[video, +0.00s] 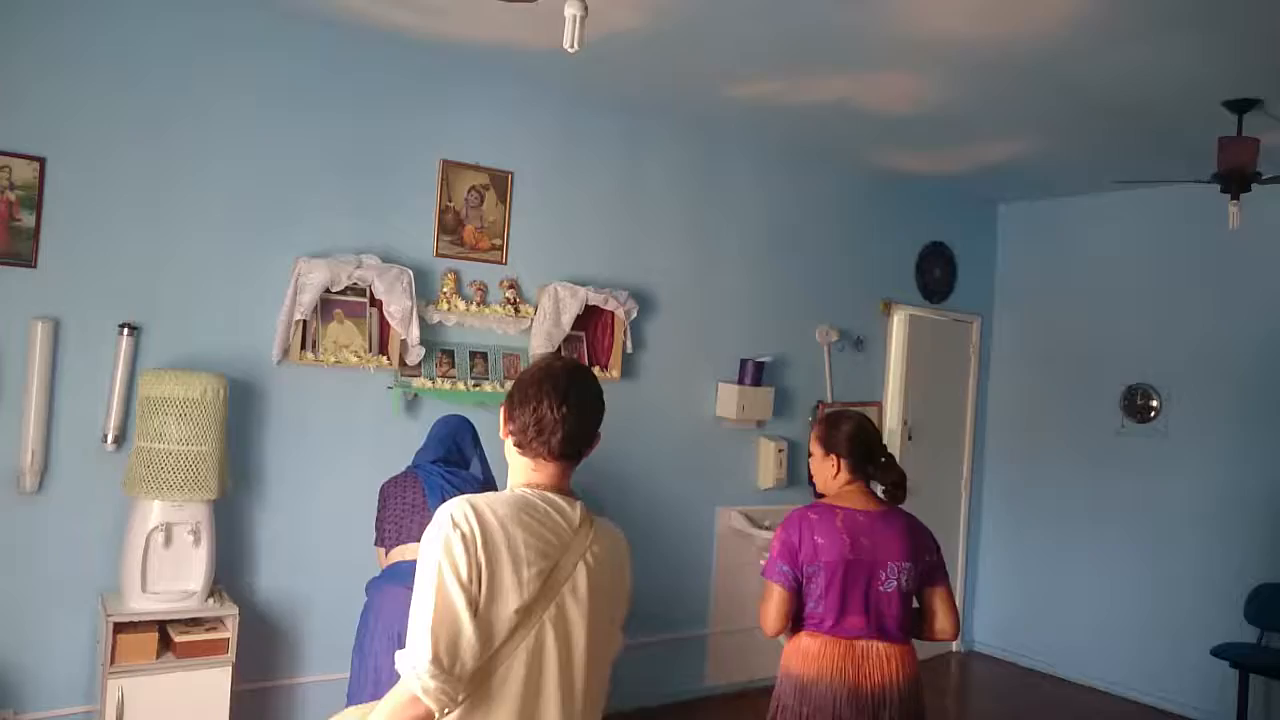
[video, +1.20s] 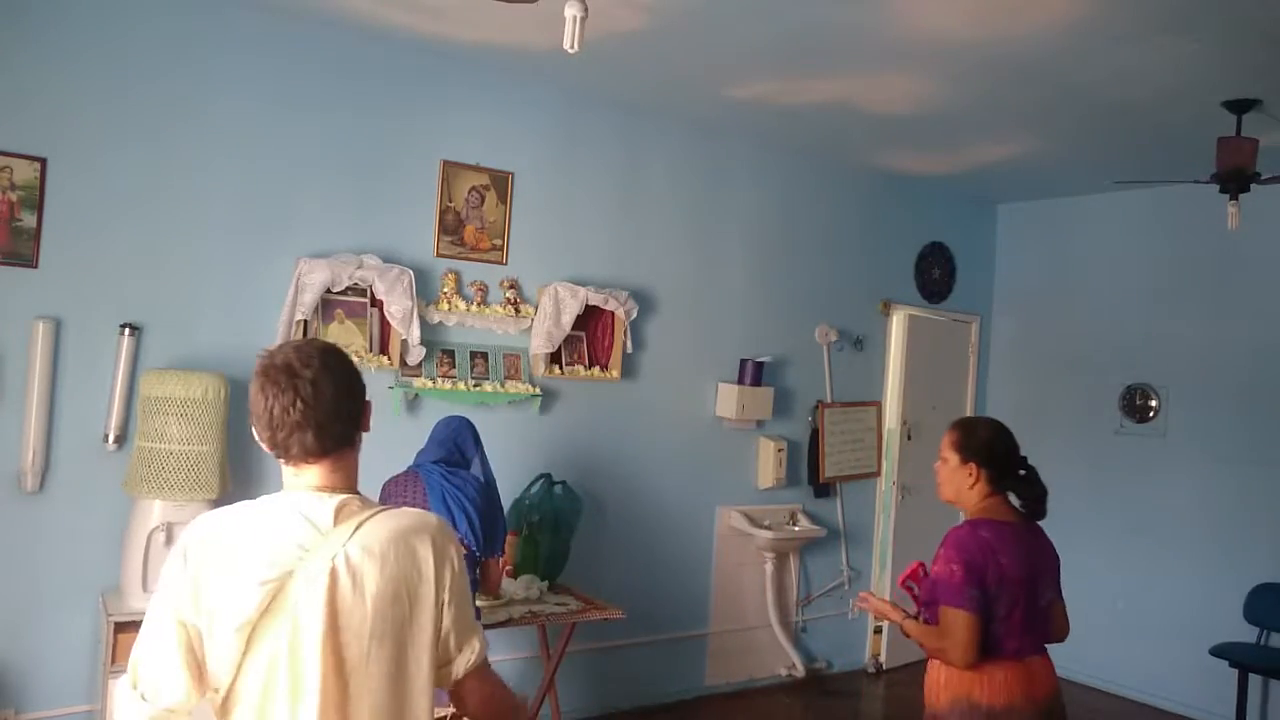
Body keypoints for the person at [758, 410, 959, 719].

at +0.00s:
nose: (809, 467)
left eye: (812, 457)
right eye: (809, 457)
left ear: (835, 464)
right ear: (870, 462)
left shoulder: (801, 524)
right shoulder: (913, 530)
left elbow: (773, 624)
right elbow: (945, 626)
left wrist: (803, 610)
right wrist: (888, 614)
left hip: (816, 680)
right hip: (892, 681)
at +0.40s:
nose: (834, 474)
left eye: (837, 465)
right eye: (834, 464)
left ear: (857, 473)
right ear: (893, 466)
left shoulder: (826, 535)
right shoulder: (945, 533)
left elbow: (807, 636)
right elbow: (982, 629)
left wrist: (843, 616)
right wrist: (922, 617)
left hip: (849, 688)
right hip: (931, 688)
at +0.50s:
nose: (851, 473)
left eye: (854, 463)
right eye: (851, 463)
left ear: (876, 473)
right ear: (912, 465)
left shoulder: (846, 538)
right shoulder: (965, 535)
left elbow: (827, 639)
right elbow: (1000, 629)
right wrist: (940, 618)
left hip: (869, 696)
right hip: (952, 695)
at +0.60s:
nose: (871, 475)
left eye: (874, 466)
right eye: (871, 466)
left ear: (897, 474)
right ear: (932, 466)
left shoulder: (874, 543)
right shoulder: (987, 538)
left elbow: (858, 646)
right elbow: (1020, 629)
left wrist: (847, 601)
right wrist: (958, 620)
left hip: (896, 692)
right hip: (976, 689)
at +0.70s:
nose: (893, 481)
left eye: (896, 472)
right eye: (893, 473)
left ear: (920, 478)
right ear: (955, 472)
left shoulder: (900, 549)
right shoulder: (1005, 540)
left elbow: (896, 657)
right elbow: (1041, 630)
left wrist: (866, 618)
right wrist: (979, 624)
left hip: (925, 692)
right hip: (1002, 688)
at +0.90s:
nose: (917, 475)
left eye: (923, 467)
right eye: (919, 466)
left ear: (950, 480)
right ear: (984, 474)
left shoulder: (938, 548)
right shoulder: (1028, 540)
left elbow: (934, 657)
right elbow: (1062, 629)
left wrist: (890, 620)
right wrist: (996, 629)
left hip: (961, 693)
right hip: (1030, 686)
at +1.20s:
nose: (935, 468)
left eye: (943, 460)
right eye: (939, 459)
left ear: (971, 474)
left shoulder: (962, 543)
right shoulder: (1034, 534)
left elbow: (959, 652)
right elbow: (1057, 628)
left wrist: (899, 617)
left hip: (973, 687)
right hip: (1034, 676)